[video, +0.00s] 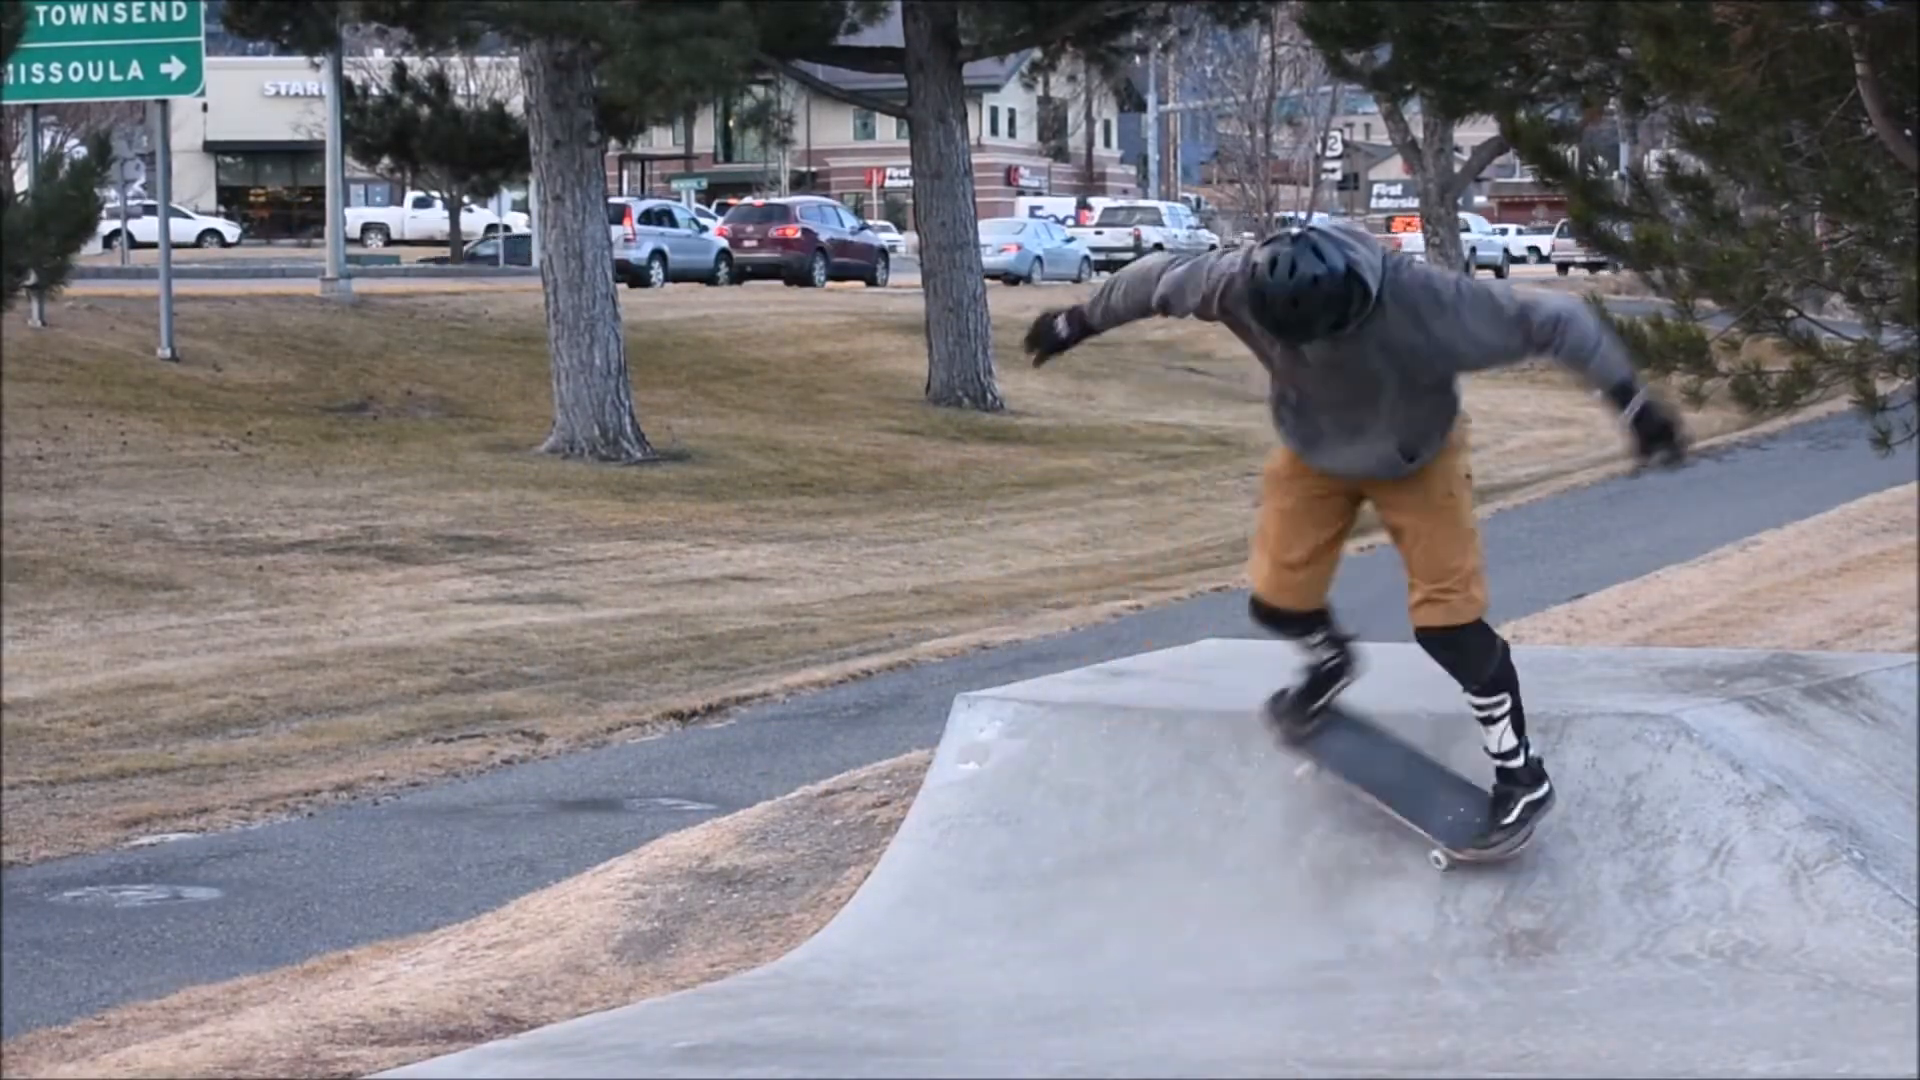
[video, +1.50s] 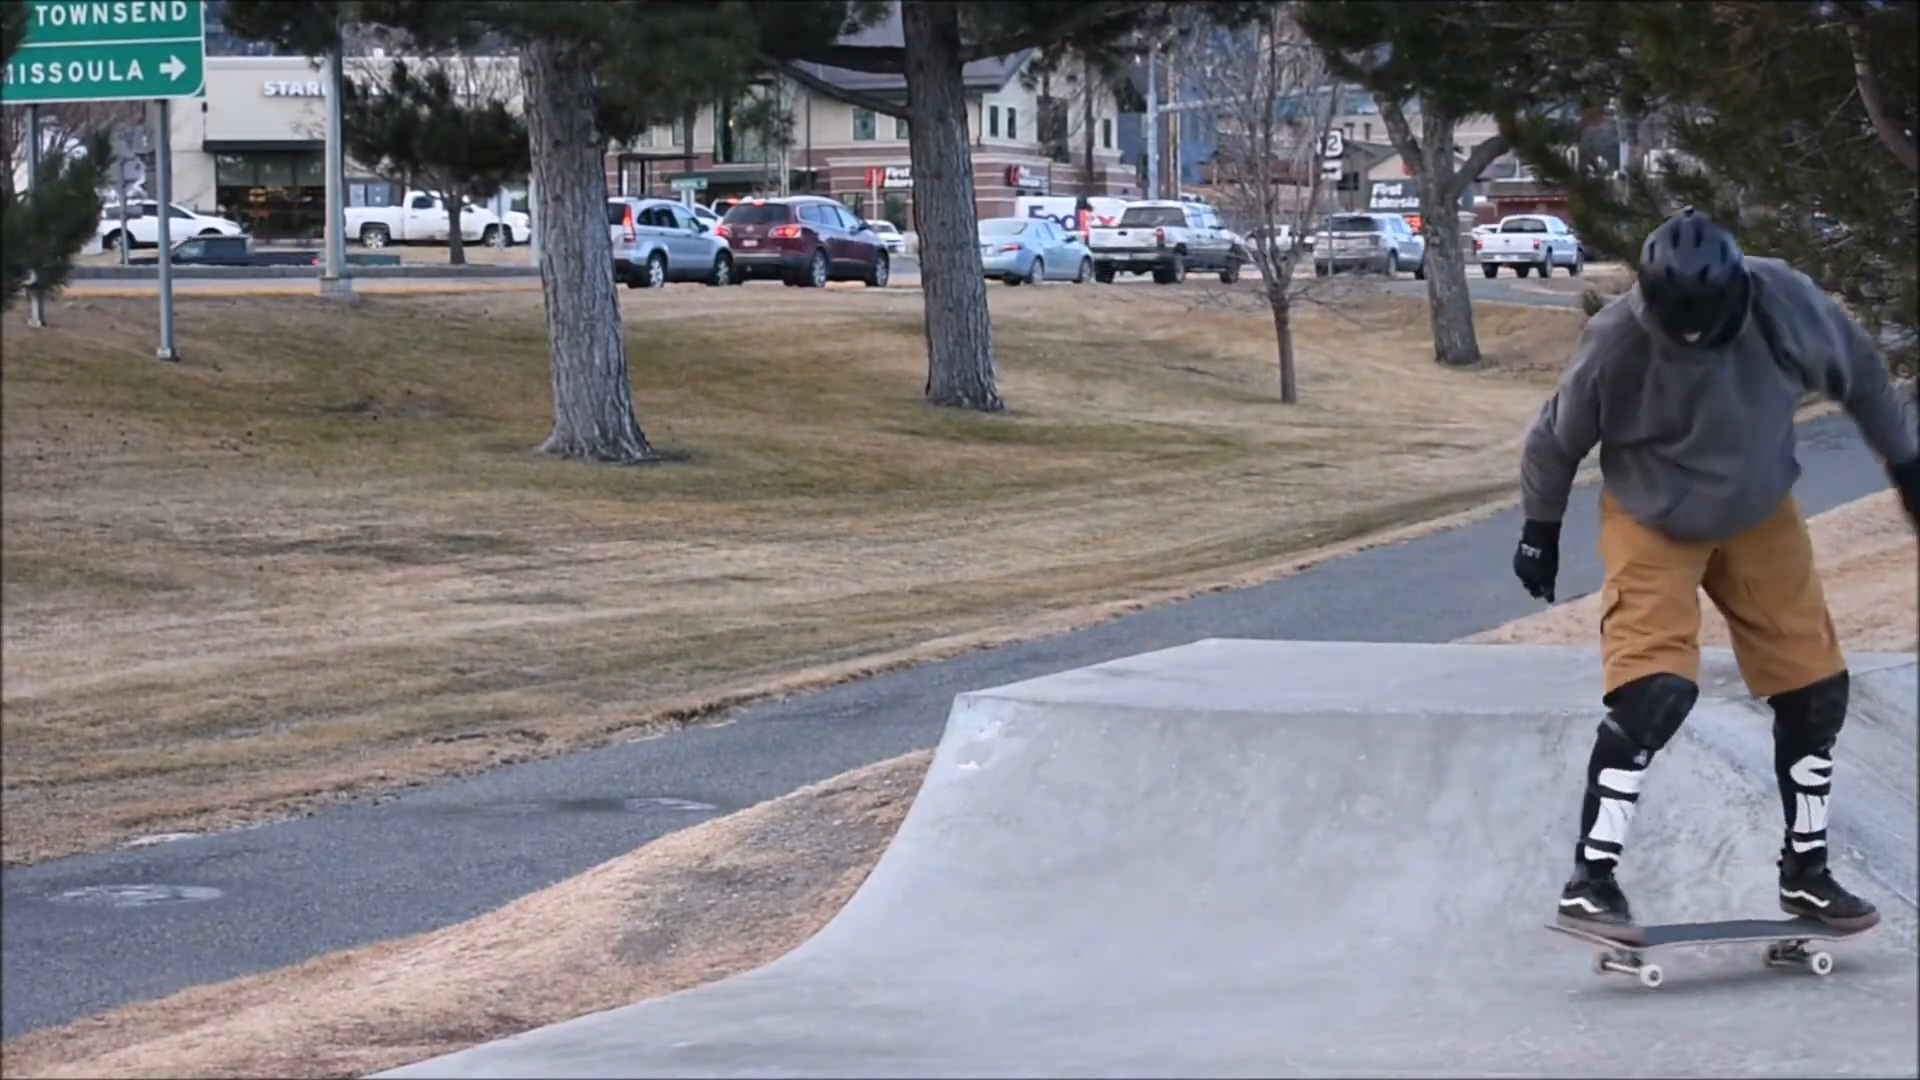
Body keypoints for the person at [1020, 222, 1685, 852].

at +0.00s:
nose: (1305, 344)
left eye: (1317, 332)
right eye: (1290, 334)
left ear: (1352, 298)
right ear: (1266, 299)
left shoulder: (1422, 298)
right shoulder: (1243, 287)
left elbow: (1555, 321)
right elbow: (1158, 281)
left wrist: (1634, 400)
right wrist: (1077, 318)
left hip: (1418, 454)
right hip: (1310, 450)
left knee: (1449, 624)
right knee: (1276, 599)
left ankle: (1518, 769)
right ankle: (1331, 663)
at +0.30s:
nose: (1316, 335)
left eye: (1318, 323)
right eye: (1307, 327)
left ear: (1341, 291)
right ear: (1307, 306)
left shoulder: (1433, 308)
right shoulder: (1346, 332)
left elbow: (1573, 371)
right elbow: (1271, 384)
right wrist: (1187, 456)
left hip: (1538, 483)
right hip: (1468, 482)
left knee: (1446, 668)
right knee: (1385, 601)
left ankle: (1531, 824)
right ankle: (1456, 711)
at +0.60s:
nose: (1414, 336)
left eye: (1419, 320)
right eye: (1401, 328)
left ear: (1447, 282)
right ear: (1389, 314)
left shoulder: (1517, 278)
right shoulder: (1414, 355)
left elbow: (1590, 272)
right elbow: (1403, 415)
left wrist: (1609, 287)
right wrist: (1387, 468)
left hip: (1625, 497)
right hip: (1516, 518)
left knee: (1686, 697)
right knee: (1501, 695)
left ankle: (1723, 866)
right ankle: (1453, 867)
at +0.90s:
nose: (1523, 376)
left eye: (1528, 358)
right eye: (1505, 372)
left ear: (1540, 306)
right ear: (1477, 359)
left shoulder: (1598, 292)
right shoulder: (1491, 409)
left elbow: (1642, 226)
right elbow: (1472, 519)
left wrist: (1525, 205)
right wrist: (1470, 600)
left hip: (1696, 503)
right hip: (1595, 554)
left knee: (1805, 692)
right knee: (1618, 724)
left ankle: (1853, 862)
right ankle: (1581, 891)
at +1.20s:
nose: (1604, 390)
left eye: (1612, 372)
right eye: (1587, 384)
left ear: (1632, 329)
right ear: (1553, 364)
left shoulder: (1682, 320)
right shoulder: (1547, 405)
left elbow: (1719, 449)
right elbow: (1512, 513)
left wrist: (1638, 471)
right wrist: (1499, 617)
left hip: (1737, 493)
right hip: (1631, 523)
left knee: (1822, 689)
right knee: (1657, 698)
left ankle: (1832, 863)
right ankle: (1606, 891)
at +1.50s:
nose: (1695, 341)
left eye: (1710, 328)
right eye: (1679, 329)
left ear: (1739, 292)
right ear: (1651, 301)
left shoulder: (1787, 305)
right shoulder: (1619, 338)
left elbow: (1864, 377)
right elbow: (1556, 436)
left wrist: (1906, 467)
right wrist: (1538, 531)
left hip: (1759, 507)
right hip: (1649, 516)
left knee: (1815, 693)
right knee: (1654, 693)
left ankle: (1805, 870)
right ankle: (1591, 880)